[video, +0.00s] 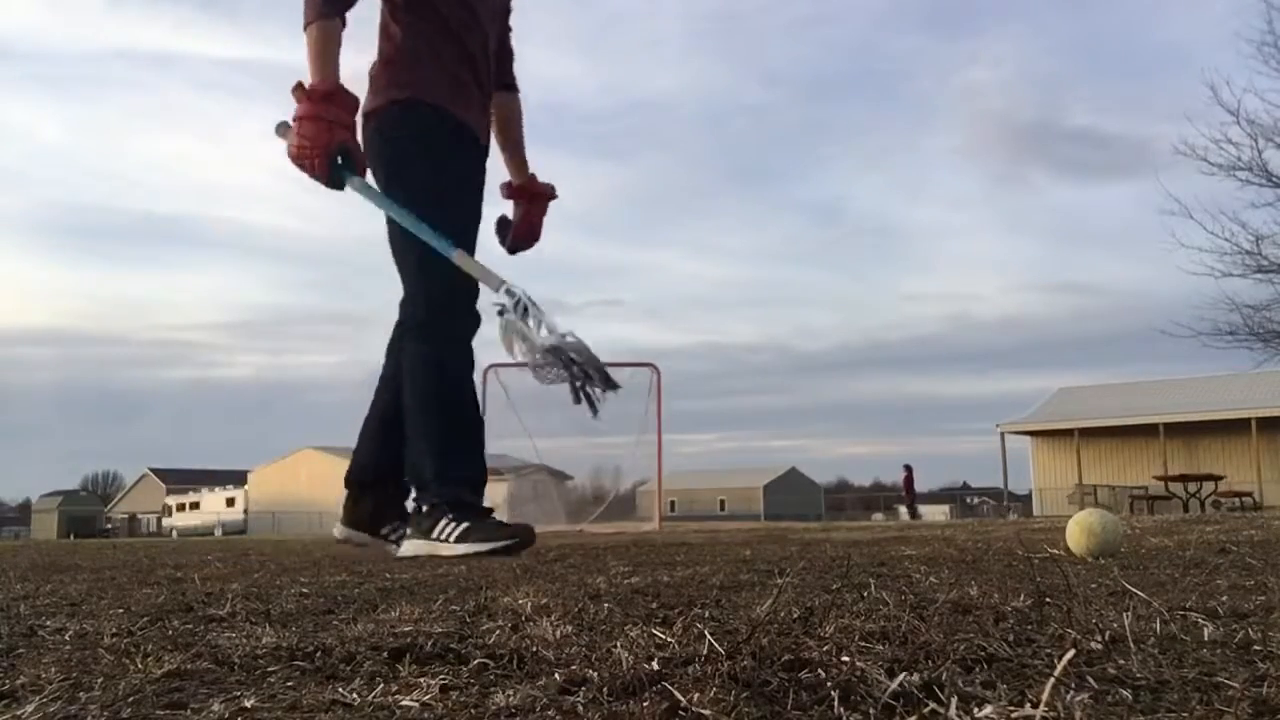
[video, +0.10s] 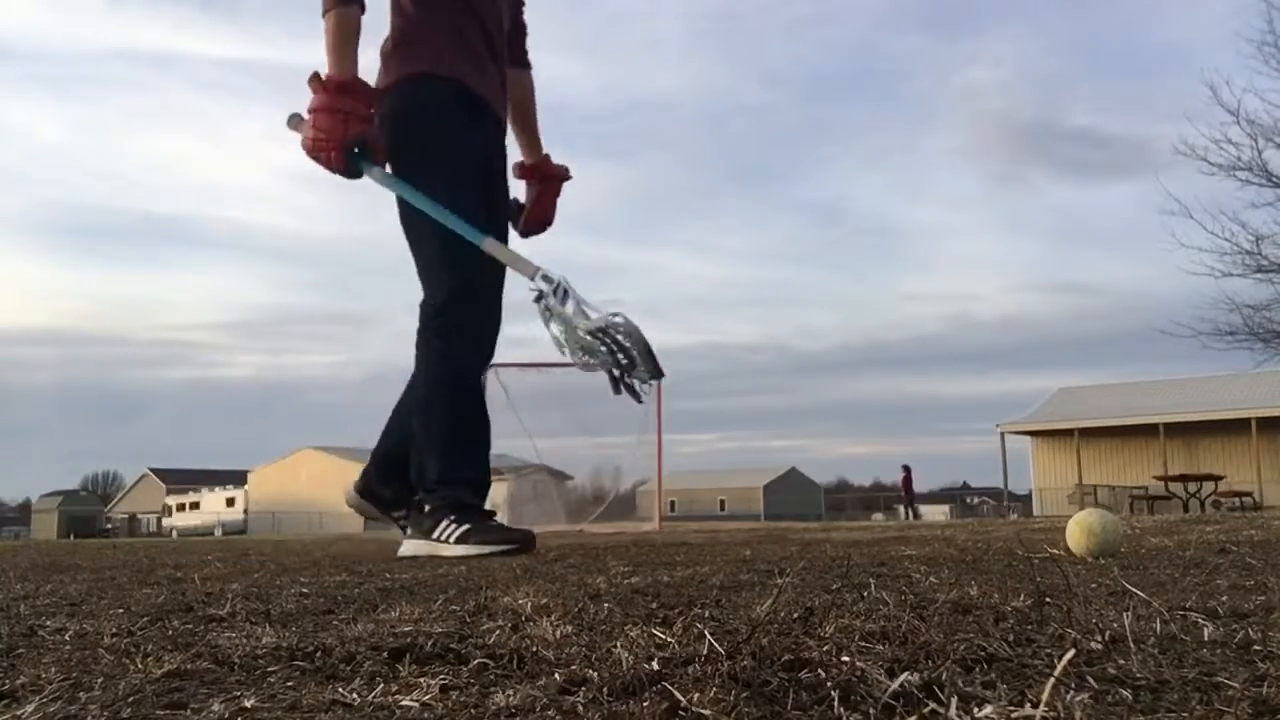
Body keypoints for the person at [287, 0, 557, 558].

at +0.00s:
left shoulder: (495, 10)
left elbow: (500, 76)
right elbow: (326, 4)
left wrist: (521, 178)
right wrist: (323, 97)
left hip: (461, 128)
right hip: (410, 111)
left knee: (433, 308)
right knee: (443, 304)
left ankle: (372, 501)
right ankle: (443, 507)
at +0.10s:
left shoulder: (509, 10)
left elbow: (514, 59)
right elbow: (346, 4)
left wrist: (534, 158)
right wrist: (341, 87)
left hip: (482, 115)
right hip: (426, 92)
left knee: (474, 313)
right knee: (458, 304)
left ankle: (388, 482)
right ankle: (445, 508)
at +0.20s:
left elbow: (524, 40)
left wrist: (554, 133)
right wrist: (379, 63)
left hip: (502, 95)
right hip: (437, 75)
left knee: (527, 305)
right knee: (457, 290)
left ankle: (416, 456)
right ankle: (441, 508)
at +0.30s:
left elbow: (529, 18)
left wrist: (572, 93)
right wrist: (422, 37)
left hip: (524, 78)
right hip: (449, 53)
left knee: (570, 282)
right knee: (453, 287)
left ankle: (471, 474)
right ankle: (440, 502)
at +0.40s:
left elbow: (539, 10)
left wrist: (585, 45)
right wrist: (460, 22)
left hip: (540, 58)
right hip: (457, 38)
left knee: (600, 264)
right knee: (453, 286)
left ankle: (538, 484)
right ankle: (442, 505)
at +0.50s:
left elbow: (551, 13)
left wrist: (612, 30)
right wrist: (465, 21)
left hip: (561, 63)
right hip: (474, 45)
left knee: (621, 264)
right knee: (459, 286)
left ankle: (626, 491)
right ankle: (445, 504)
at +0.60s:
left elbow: (596, 8)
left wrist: (633, 31)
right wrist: (488, 17)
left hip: (584, 51)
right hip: (490, 38)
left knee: (634, 263)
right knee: (472, 284)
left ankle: (688, 483)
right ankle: (449, 504)